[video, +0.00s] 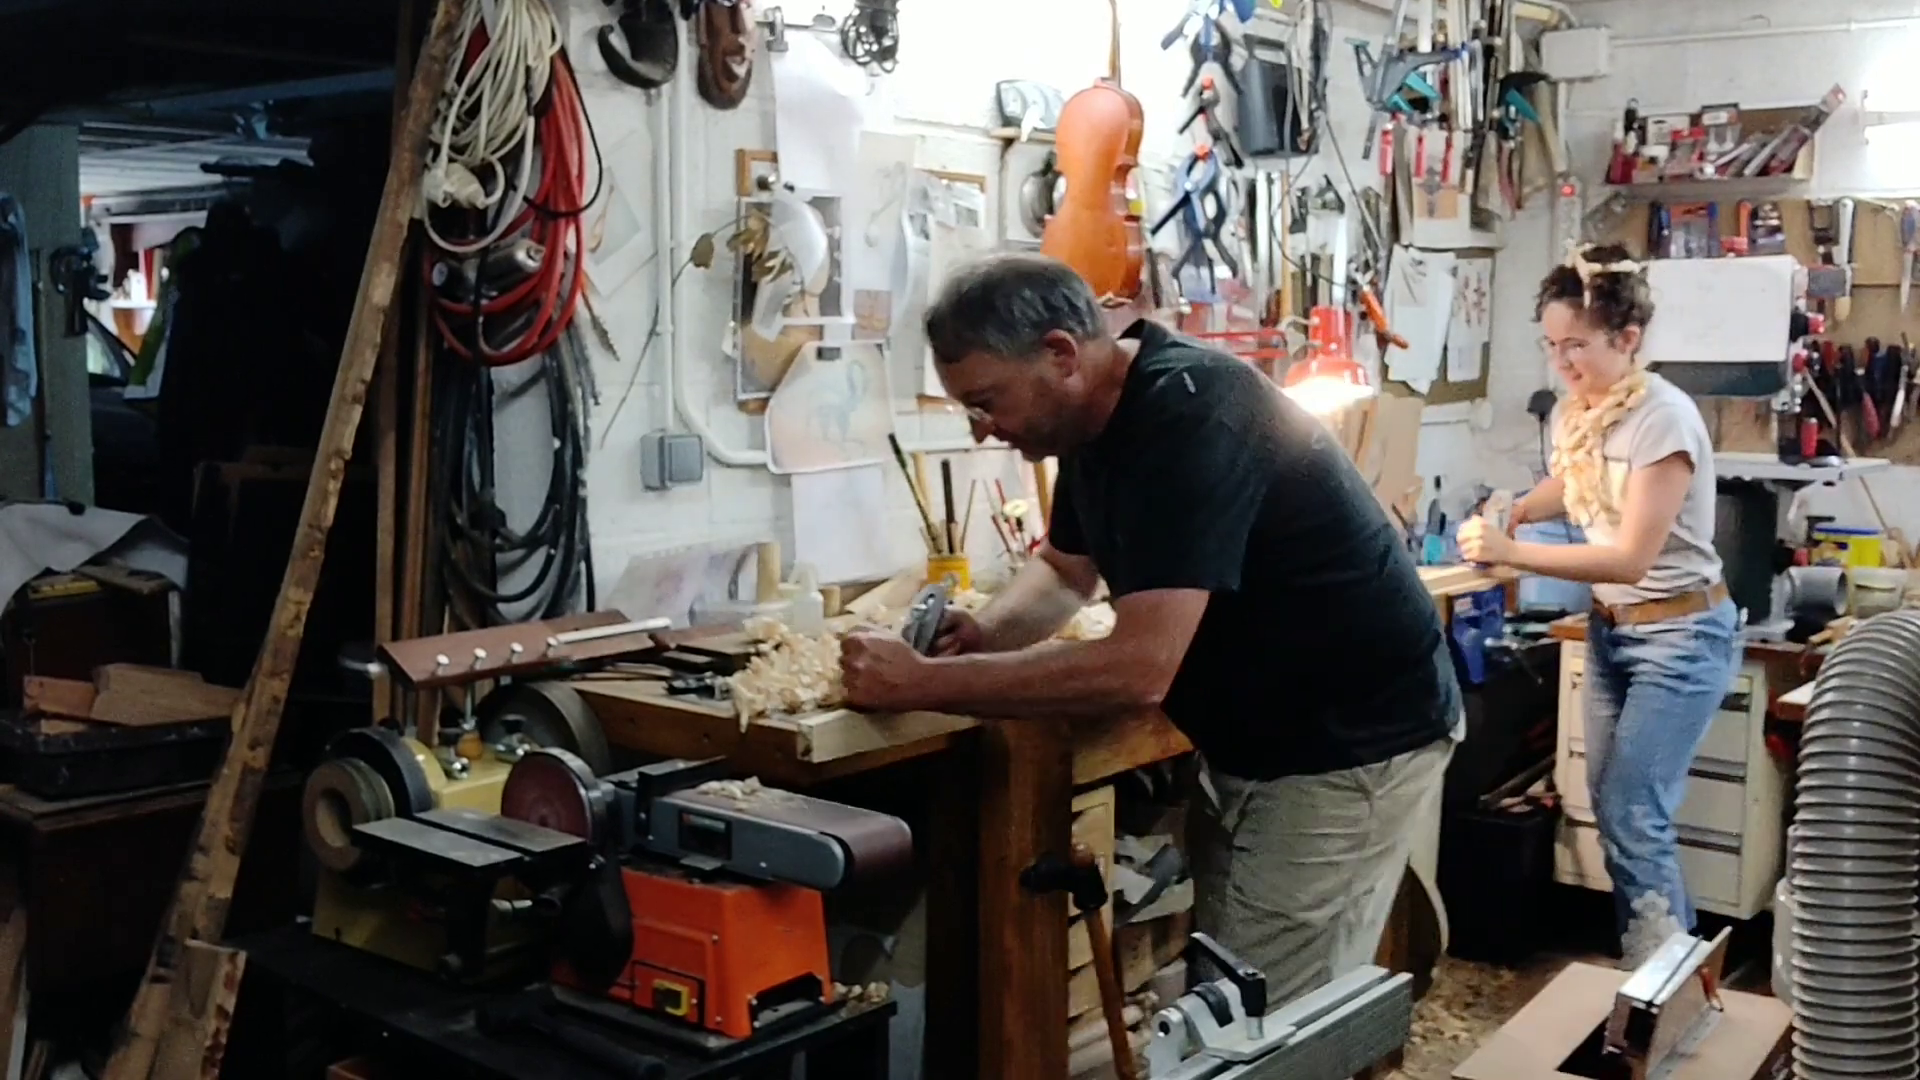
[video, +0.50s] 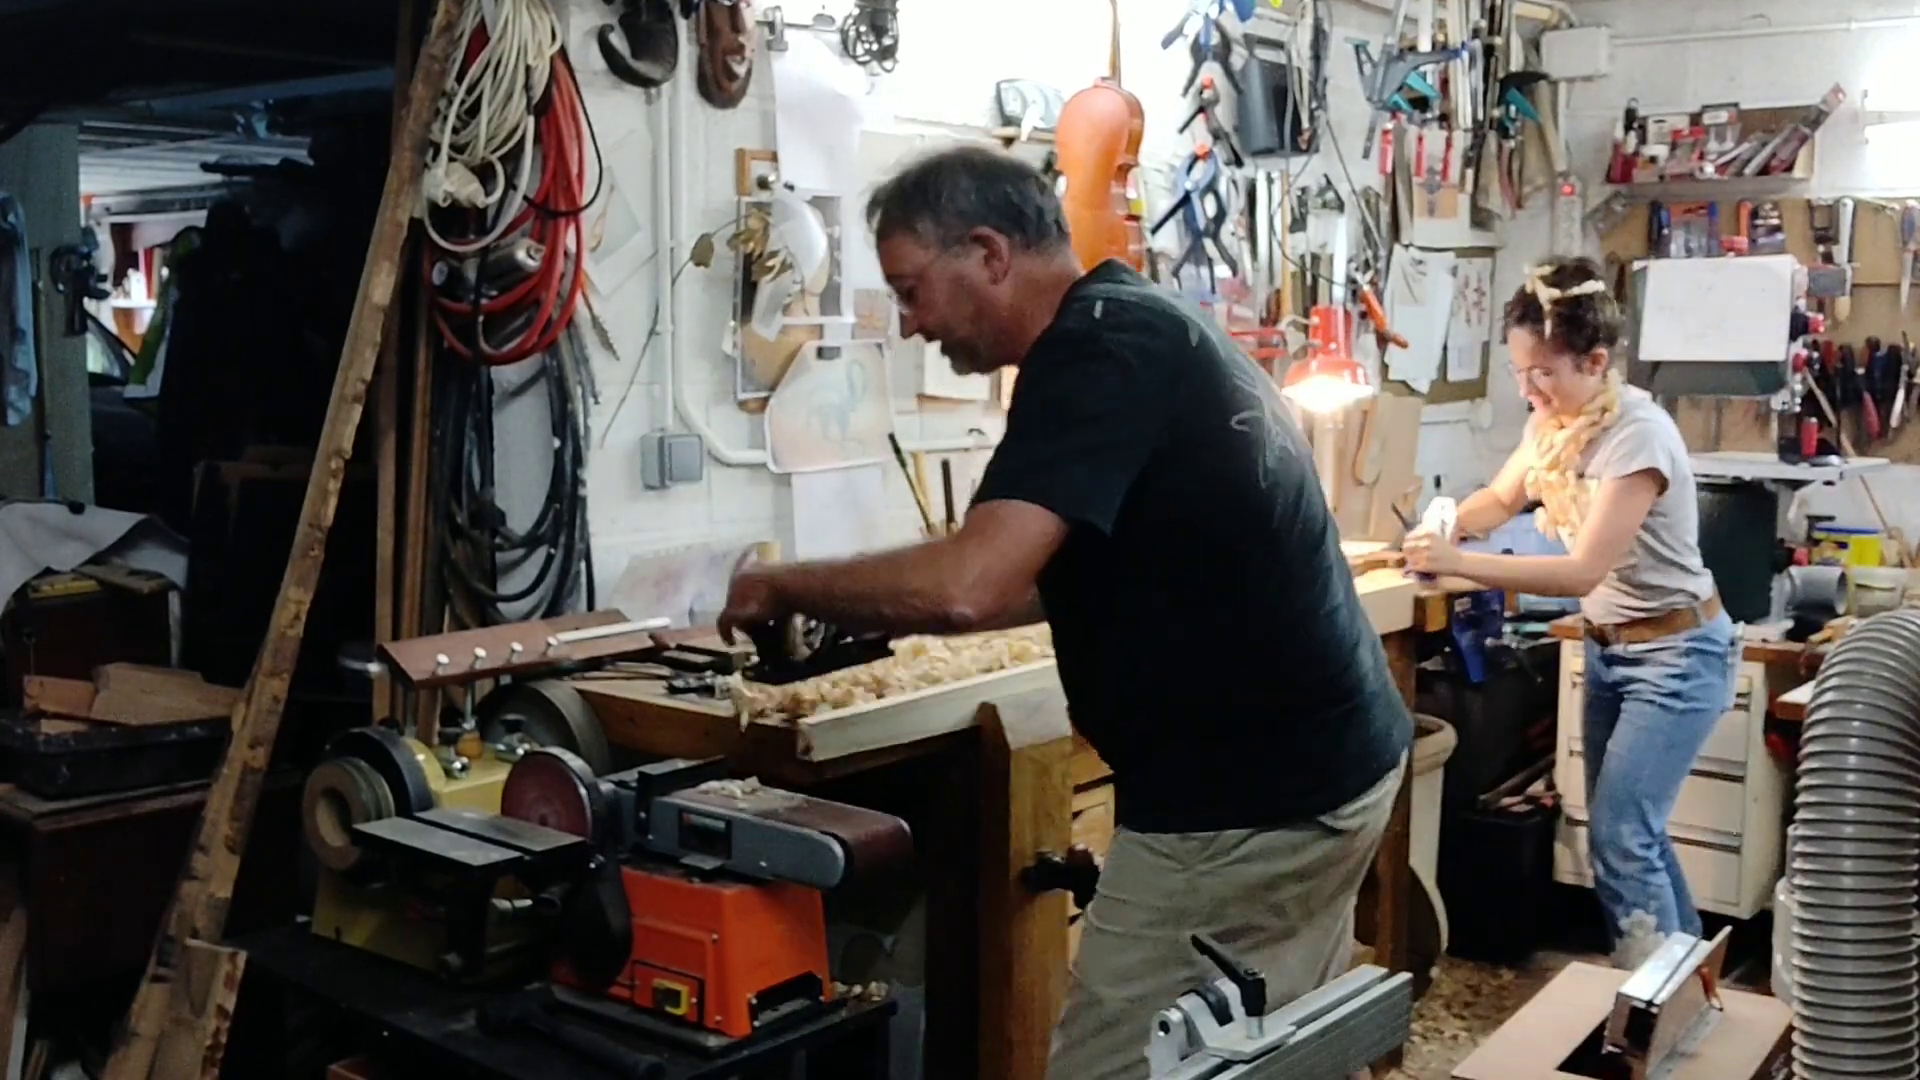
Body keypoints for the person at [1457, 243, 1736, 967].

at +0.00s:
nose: (1562, 362)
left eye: (1576, 344)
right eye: (1553, 347)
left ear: (1629, 337)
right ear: (1546, 343)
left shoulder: (1665, 419)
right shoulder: (1576, 412)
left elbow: (1628, 560)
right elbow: (1573, 486)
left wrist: (1513, 552)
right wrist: (1511, 512)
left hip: (1681, 638)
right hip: (1610, 634)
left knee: (1631, 810)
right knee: (1614, 807)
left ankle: (1662, 990)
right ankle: (1665, 973)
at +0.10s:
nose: (1556, 369)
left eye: (1570, 353)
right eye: (1547, 353)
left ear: (1623, 344)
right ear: (1539, 343)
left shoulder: (1660, 425)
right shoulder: (1579, 413)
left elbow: (1619, 565)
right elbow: (1565, 488)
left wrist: (1505, 554)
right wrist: (1504, 512)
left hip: (1677, 640)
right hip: (1616, 636)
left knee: (1618, 818)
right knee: (1631, 819)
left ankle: (1656, 992)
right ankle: (1680, 979)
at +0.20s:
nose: (1552, 373)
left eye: (1566, 357)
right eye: (1543, 356)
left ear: (1618, 346)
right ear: (1535, 342)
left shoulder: (1656, 426)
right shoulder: (1575, 413)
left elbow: (1612, 565)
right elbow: (1557, 488)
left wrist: (1496, 554)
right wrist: (1492, 513)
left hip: (1677, 645)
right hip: (1616, 640)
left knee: (1616, 830)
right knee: (1635, 824)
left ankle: (1649, 996)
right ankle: (1682, 972)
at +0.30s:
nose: (1545, 377)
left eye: (1559, 361)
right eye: (1536, 360)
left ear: (1611, 350)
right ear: (1528, 346)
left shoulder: (1650, 429)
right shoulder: (1568, 417)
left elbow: (1605, 567)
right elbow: (1538, 489)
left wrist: (1489, 557)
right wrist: (1479, 518)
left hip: (1678, 647)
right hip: (1615, 643)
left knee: (1618, 828)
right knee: (1632, 825)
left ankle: (1659, 1000)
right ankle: (1685, 976)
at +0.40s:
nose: (1537, 384)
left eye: (1550, 368)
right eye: (1528, 368)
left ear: (1603, 355)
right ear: (1521, 351)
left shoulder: (1646, 432)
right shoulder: (1561, 419)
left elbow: (1593, 569)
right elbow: (1516, 498)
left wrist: (1473, 559)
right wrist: (1464, 522)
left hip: (1680, 648)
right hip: (1612, 646)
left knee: (1618, 828)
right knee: (1629, 827)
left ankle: (1661, 995)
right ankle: (1689, 975)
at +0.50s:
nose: (1527, 389)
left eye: (1542, 374)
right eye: (1520, 372)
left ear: (1596, 361)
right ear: (1515, 354)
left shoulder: (1640, 436)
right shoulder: (1554, 423)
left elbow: (1581, 572)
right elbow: (1498, 504)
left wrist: (1456, 563)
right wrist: (1439, 534)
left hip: (1679, 651)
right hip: (1610, 651)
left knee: (1619, 833)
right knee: (1628, 830)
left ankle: (1659, 1001)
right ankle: (1687, 978)